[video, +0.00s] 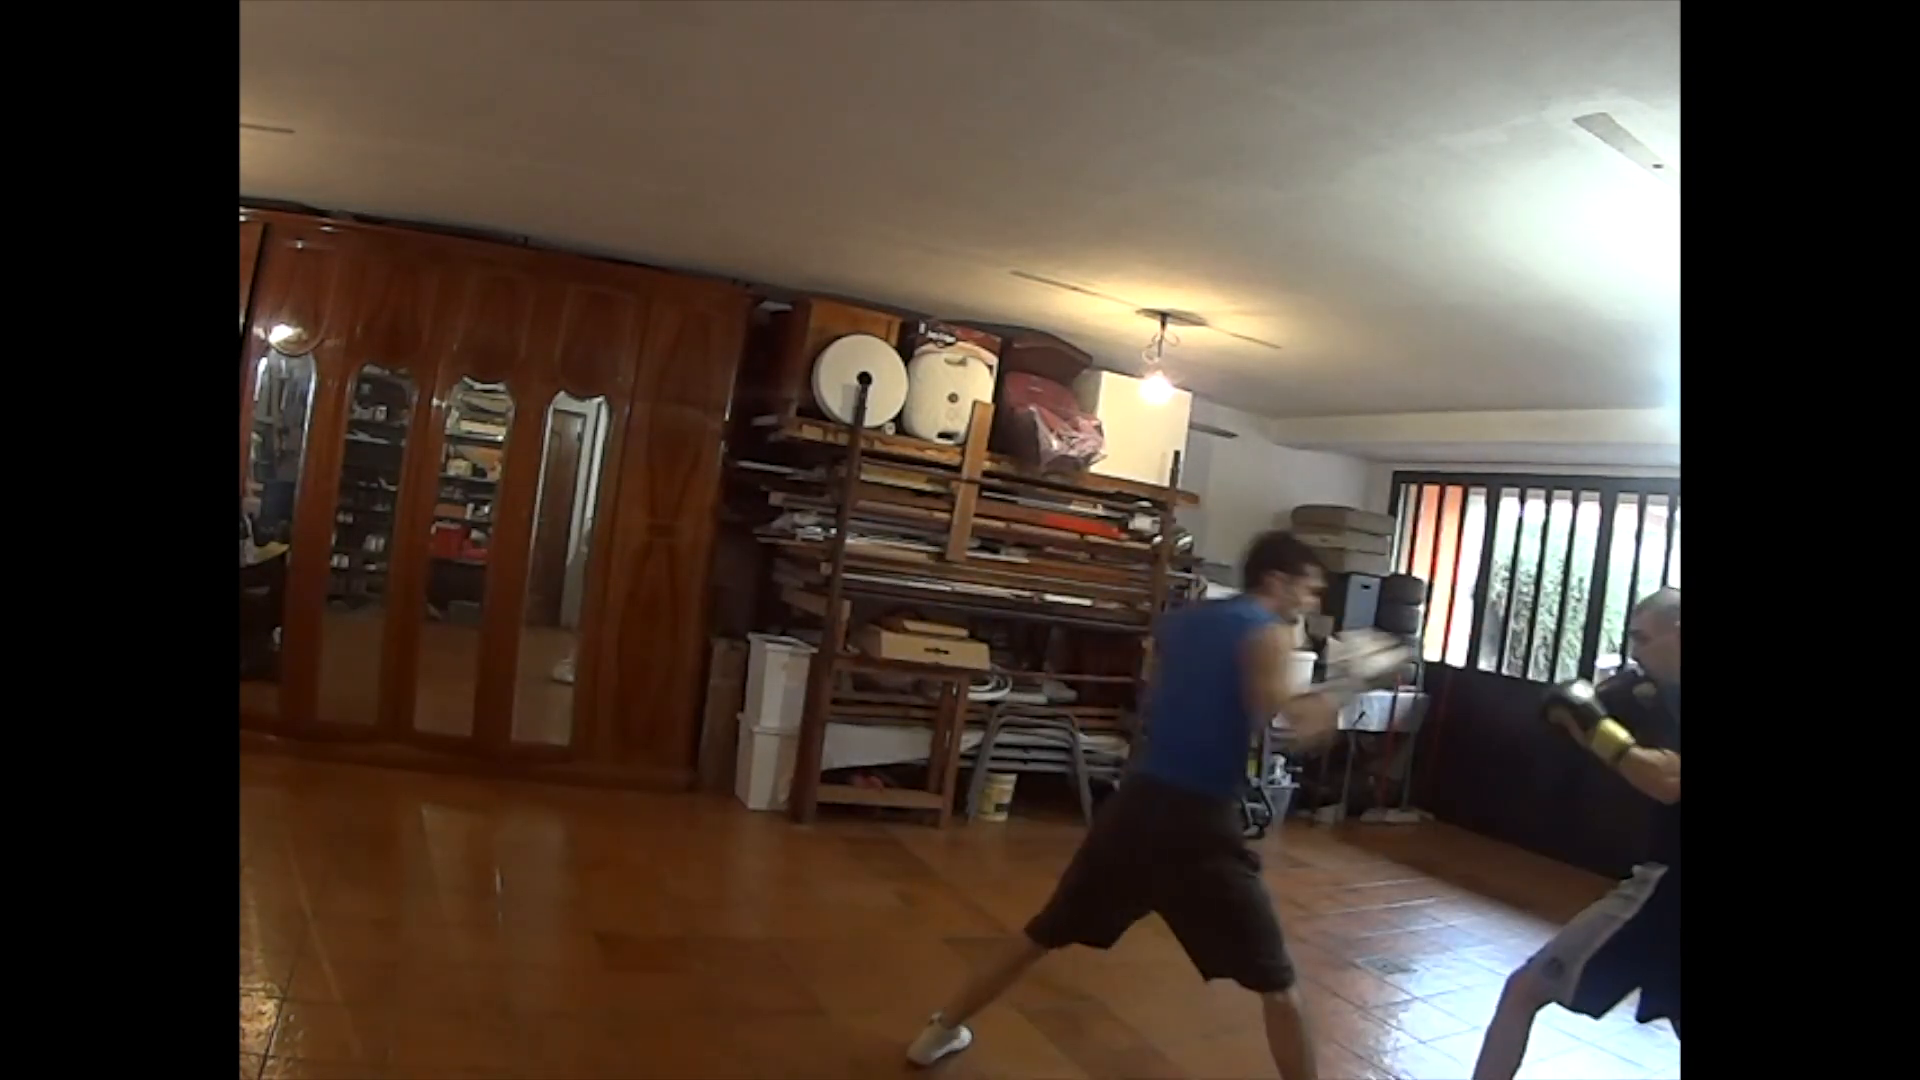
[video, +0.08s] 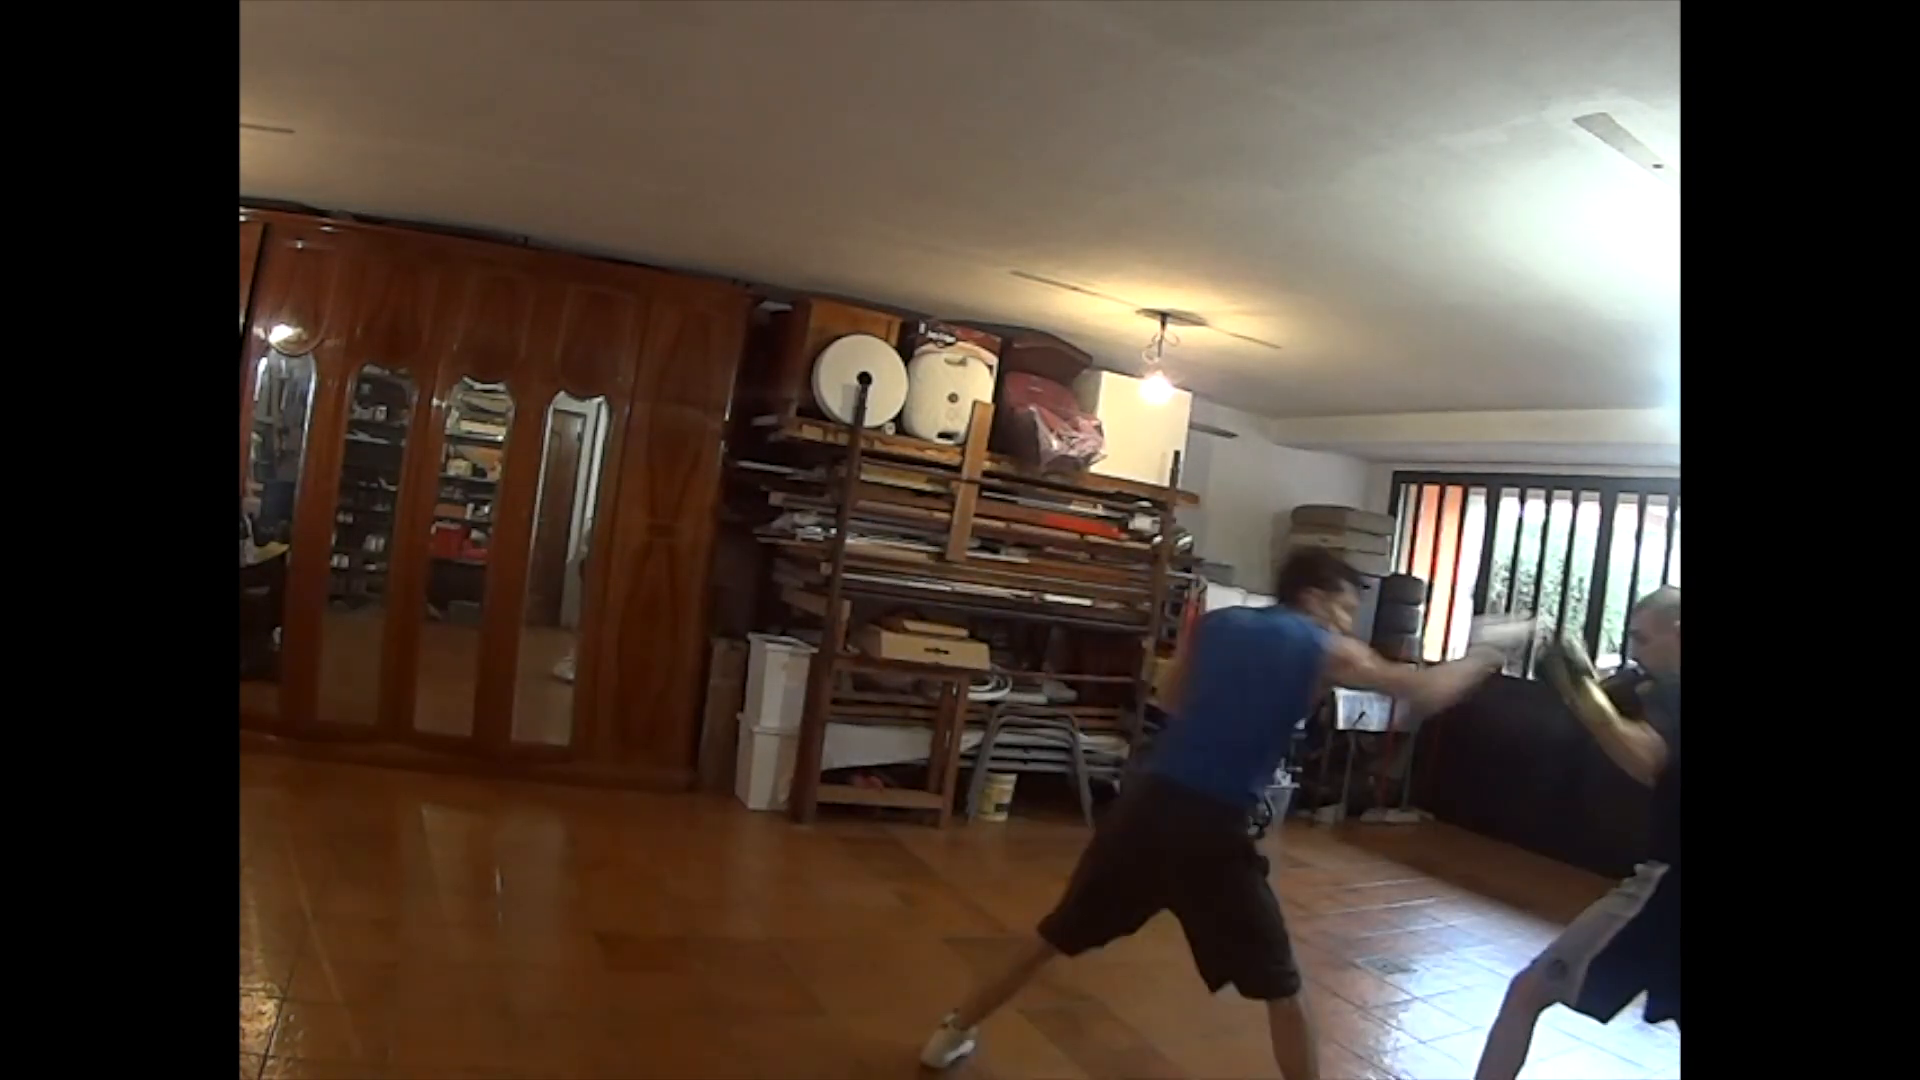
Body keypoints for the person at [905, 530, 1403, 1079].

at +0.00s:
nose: (1310, 606)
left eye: (1315, 595)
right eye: (1308, 593)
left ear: (1252, 580)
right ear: (1274, 581)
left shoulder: (1182, 619)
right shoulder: (1265, 630)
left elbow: (1167, 698)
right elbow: (1277, 707)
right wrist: (1353, 683)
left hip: (1131, 816)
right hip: (1203, 828)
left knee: (1038, 935)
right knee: (1278, 986)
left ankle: (937, 1032)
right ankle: (1307, 1075)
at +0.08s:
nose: (1353, 621)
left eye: (1354, 612)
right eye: (1349, 610)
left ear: (1288, 589)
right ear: (1321, 598)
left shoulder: (1211, 621)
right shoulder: (1321, 646)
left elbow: (1173, 700)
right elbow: (1419, 690)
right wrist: (1479, 661)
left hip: (1143, 813)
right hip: (1216, 833)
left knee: (1057, 932)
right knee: (1283, 989)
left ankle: (953, 1032)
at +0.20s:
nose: (1370, 623)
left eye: (1371, 613)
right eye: (1369, 610)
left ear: (1303, 584)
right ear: (1341, 595)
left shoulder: (1227, 619)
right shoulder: (1339, 630)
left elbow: (1192, 712)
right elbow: (1453, 686)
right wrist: (1481, 638)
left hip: (1173, 817)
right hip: (1250, 836)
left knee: (1076, 950)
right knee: (1300, 997)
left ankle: (972, 1056)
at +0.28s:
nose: (1358, 598)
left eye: (1360, 589)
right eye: (1357, 587)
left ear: (1291, 573)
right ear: (1328, 576)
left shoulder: (1217, 616)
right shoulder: (1337, 620)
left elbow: (1197, 719)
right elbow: (1422, 701)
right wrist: (1452, 651)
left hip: (1184, 816)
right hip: (1264, 831)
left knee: (1089, 960)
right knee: (1307, 998)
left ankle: (987, 1066)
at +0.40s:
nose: (1323, 589)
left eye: (1324, 577)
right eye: (1320, 575)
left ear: (1256, 564)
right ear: (1294, 565)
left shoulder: (1194, 620)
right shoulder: (1307, 615)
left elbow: (1193, 722)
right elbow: (1392, 704)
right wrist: (1406, 620)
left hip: (1180, 835)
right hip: (1265, 846)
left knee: (1090, 991)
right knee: (1315, 1012)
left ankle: (1008, 1074)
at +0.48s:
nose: (1297, 587)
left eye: (1298, 577)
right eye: (1293, 574)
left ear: (1226, 565)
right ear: (1265, 566)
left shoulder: (1168, 625)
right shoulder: (1284, 616)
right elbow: (1392, 686)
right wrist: (1394, 598)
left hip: (1169, 849)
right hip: (1253, 858)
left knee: (1078, 1003)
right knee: (1309, 1016)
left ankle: (1007, 1073)